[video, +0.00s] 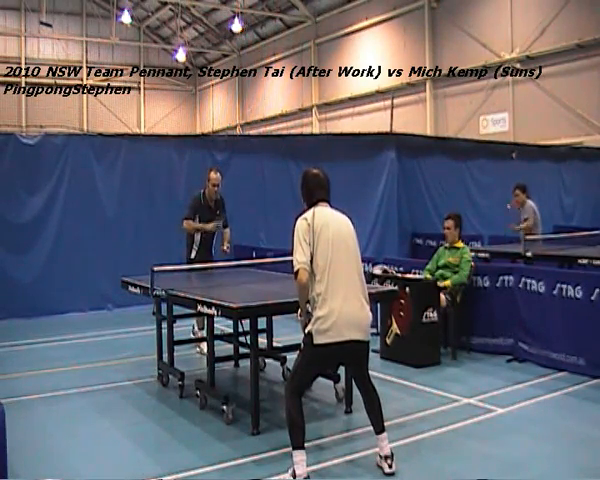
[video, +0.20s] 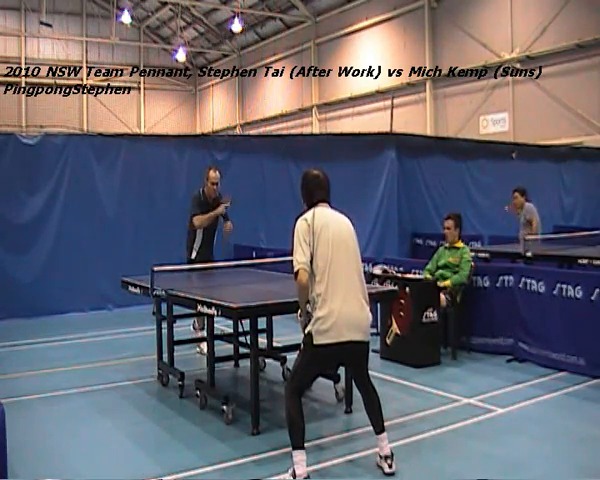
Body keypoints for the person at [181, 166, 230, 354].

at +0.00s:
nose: (215, 189)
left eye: (218, 185)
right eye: (213, 185)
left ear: (221, 185)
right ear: (206, 184)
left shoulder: (220, 201)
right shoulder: (197, 200)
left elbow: (225, 226)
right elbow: (187, 224)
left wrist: (225, 242)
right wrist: (207, 227)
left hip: (208, 253)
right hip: (195, 253)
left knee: (207, 294)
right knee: (199, 295)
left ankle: (199, 331)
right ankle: (199, 332)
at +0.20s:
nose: (215, 187)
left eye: (217, 183)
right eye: (212, 183)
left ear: (220, 183)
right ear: (206, 182)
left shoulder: (219, 199)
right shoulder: (198, 198)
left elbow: (225, 218)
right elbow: (197, 222)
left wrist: (227, 225)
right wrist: (218, 211)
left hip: (209, 251)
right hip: (195, 252)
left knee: (209, 292)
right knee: (199, 295)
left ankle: (198, 324)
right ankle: (201, 334)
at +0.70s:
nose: (220, 191)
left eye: (222, 188)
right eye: (219, 187)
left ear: (219, 188)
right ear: (209, 185)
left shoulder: (208, 200)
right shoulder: (203, 201)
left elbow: (211, 224)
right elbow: (216, 224)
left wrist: (224, 233)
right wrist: (226, 214)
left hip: (202, 252)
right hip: (196, 253)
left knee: (207, 289)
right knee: (203, 294)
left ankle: (199, 322)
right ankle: (202, 334)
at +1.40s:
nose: (216, 188)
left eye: (218, 185)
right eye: (214, 184)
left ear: (216, 185)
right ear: (206, 181)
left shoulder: (211, 201)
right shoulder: (191, 198)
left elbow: (212, 228)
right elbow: (177, 220)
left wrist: (212, 250)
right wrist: (180, 248)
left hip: (205, 252)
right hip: (189, 252)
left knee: (204, 290)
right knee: (183, 294)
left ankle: (202, 323)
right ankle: (179, 332)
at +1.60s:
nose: (225, 197)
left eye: (227, 194)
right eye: (224, 193)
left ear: (224, 193)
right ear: (216, 190)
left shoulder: (218, 206)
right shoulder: (202, 205)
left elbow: (213, 231)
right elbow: (195, 233)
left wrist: (214, 252)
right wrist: (203, 260)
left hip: (209, 251)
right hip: (193, 254)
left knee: (214, 288)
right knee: (185, 294)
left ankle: (217, 325)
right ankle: (181, 332)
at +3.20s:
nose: (219, 192)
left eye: (221, 189)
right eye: (217, 188)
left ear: (222, 188)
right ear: (209, 185)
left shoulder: (220, 200)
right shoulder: (197, 198)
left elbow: (223, 221)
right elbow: (184, 222)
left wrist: (221, 232)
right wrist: (180, 251)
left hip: (210, 250)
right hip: (195, 251)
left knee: (210, 289)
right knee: (195, 290)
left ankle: (206, 329)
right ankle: (196, 330)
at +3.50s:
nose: (219, 186)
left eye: (222, 182)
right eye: (217, 182)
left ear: (224, 182)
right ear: (210, 180)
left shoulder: (222, 199)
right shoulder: (199, 197)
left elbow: (225, 225)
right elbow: (181, 214)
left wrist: (223, 239)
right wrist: (180, 241)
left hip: (211, 250)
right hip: (196, 251)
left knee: (211, 294)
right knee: (200, 294)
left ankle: (207, 335)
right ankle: (202, 335)